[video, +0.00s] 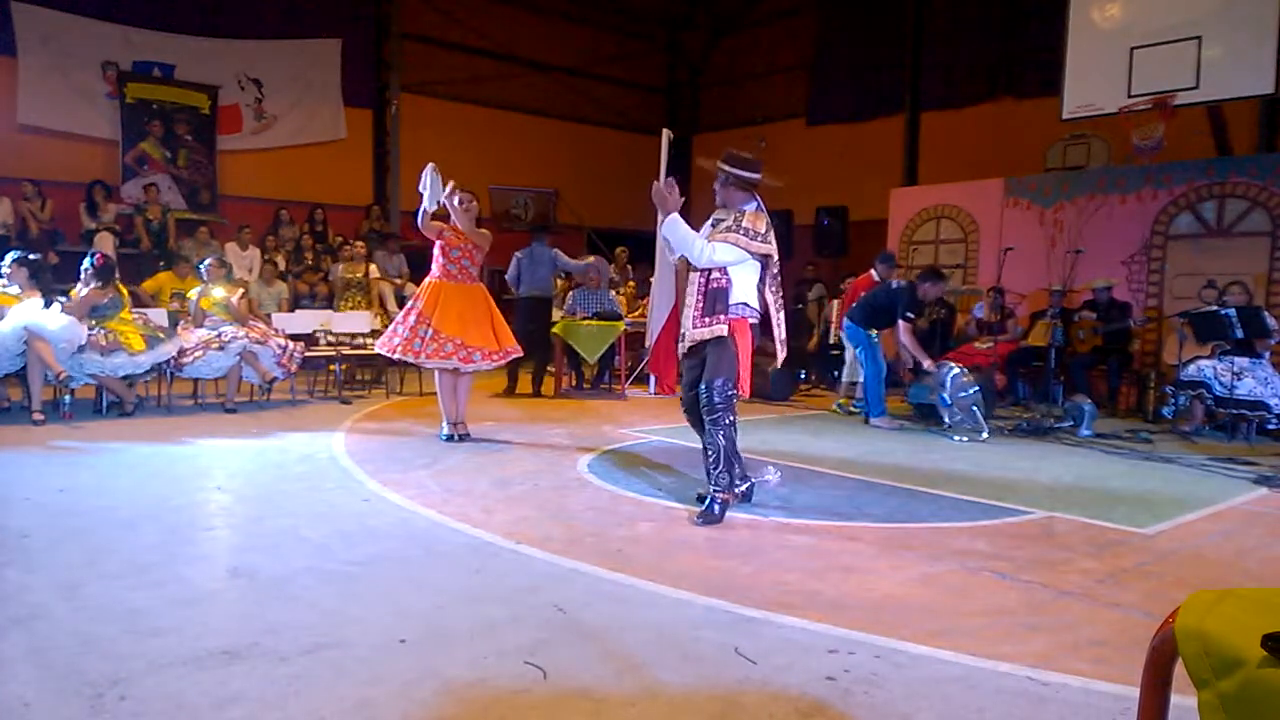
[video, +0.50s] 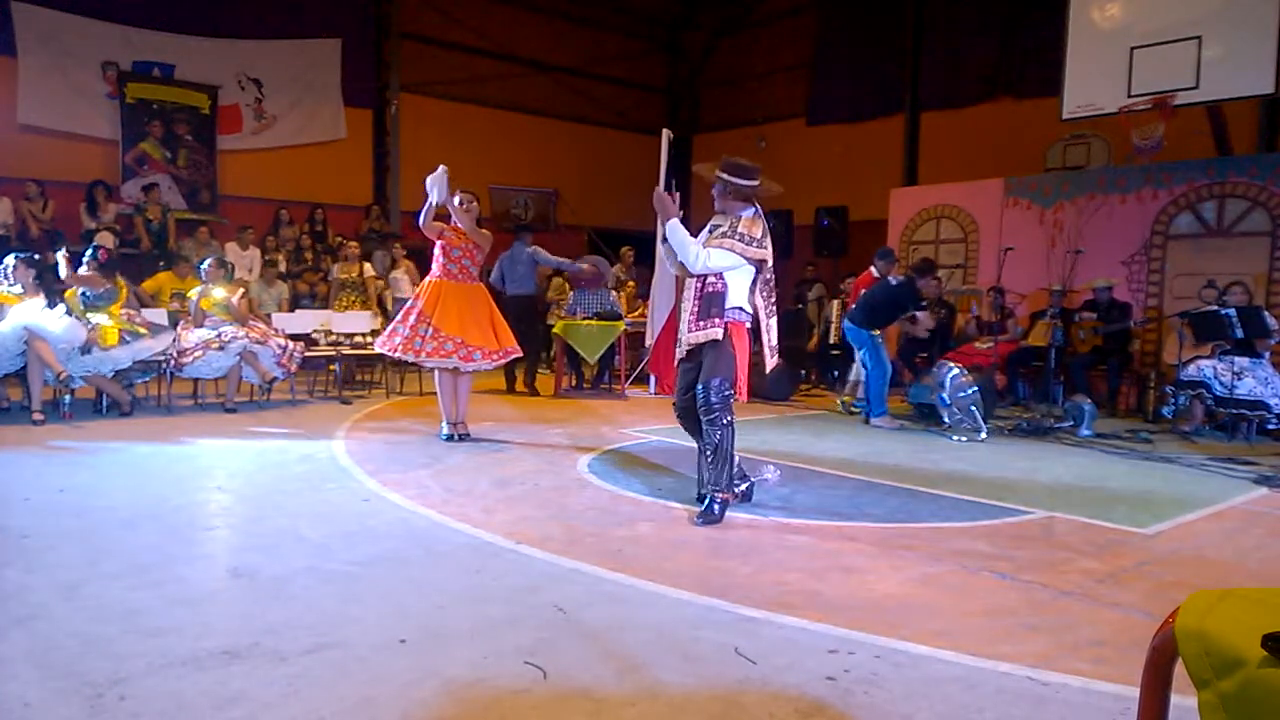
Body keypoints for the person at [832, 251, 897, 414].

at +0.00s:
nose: (891, 273)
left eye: (893, 269)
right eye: (888, 268)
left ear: (892, 268)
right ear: (878, 266)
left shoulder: (884, 285)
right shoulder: (863, 283)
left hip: (868, 328)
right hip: (851, 328)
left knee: (865, 364)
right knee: (851, 363)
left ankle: (859, 398)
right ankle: (842, 398)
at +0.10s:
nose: (892, 272)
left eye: (893, 267)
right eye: (889, 267)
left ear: (891, 266)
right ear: (879, 265)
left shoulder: (884, 283)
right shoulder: (862, 283)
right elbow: (850, 309)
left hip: (871, 327)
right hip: (855, 326)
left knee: (868, 362)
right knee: (854, 361)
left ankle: (860, 398)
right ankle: (843, 397)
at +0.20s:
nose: (892, 271)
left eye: (893, 267)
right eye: (889, 266)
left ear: (892, 265)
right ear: (879, 264)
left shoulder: (884, 282)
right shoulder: (864, 282)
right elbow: (851, 308)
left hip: (871, 326)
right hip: (856, 326)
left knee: (867, 362)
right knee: (854, 361)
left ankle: (860, 397)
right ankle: (844, 396)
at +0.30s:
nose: (892, 270)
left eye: (893, 266)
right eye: (889, 265)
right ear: (879, 263)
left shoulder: (883, 281)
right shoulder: (864, 281)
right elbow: (854, 307)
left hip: (872, 325)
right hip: (858, 325)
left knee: (867, 361)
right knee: (855, 360)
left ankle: (860, 397)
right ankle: (844, 396)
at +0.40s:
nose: (892, 269)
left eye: (894, 265)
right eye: (890, 264)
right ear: (879, 262)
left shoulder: (883, 280)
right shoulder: (865, 281)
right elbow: (859, 307)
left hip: (871, 325)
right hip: (858, 325)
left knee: (865, 360)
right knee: (858, 360)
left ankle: (860, 396)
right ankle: (846, 395)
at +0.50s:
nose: (892, 269)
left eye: (893, 265)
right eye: (889, 264)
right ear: (879, 262)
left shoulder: (884, 280)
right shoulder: (864, 281)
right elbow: (857, 307)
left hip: (874, 325)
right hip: (861, 326)